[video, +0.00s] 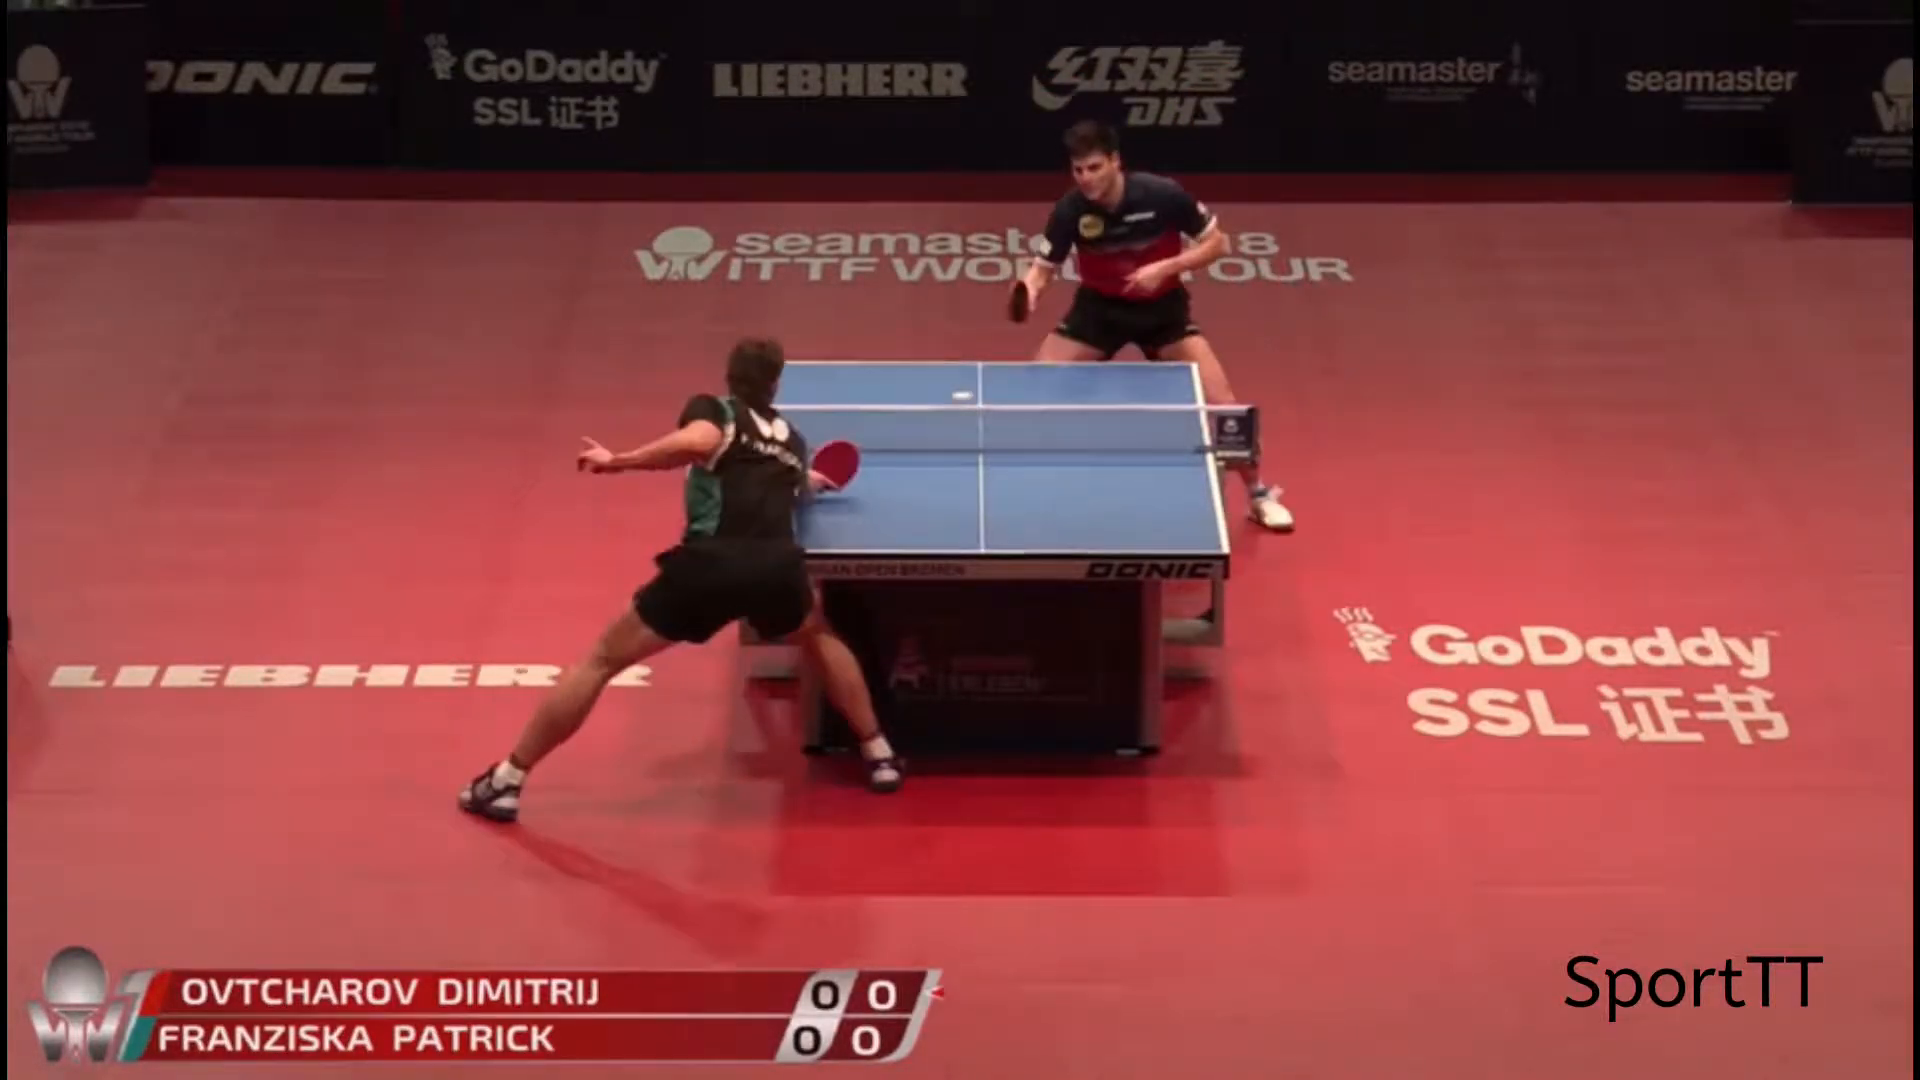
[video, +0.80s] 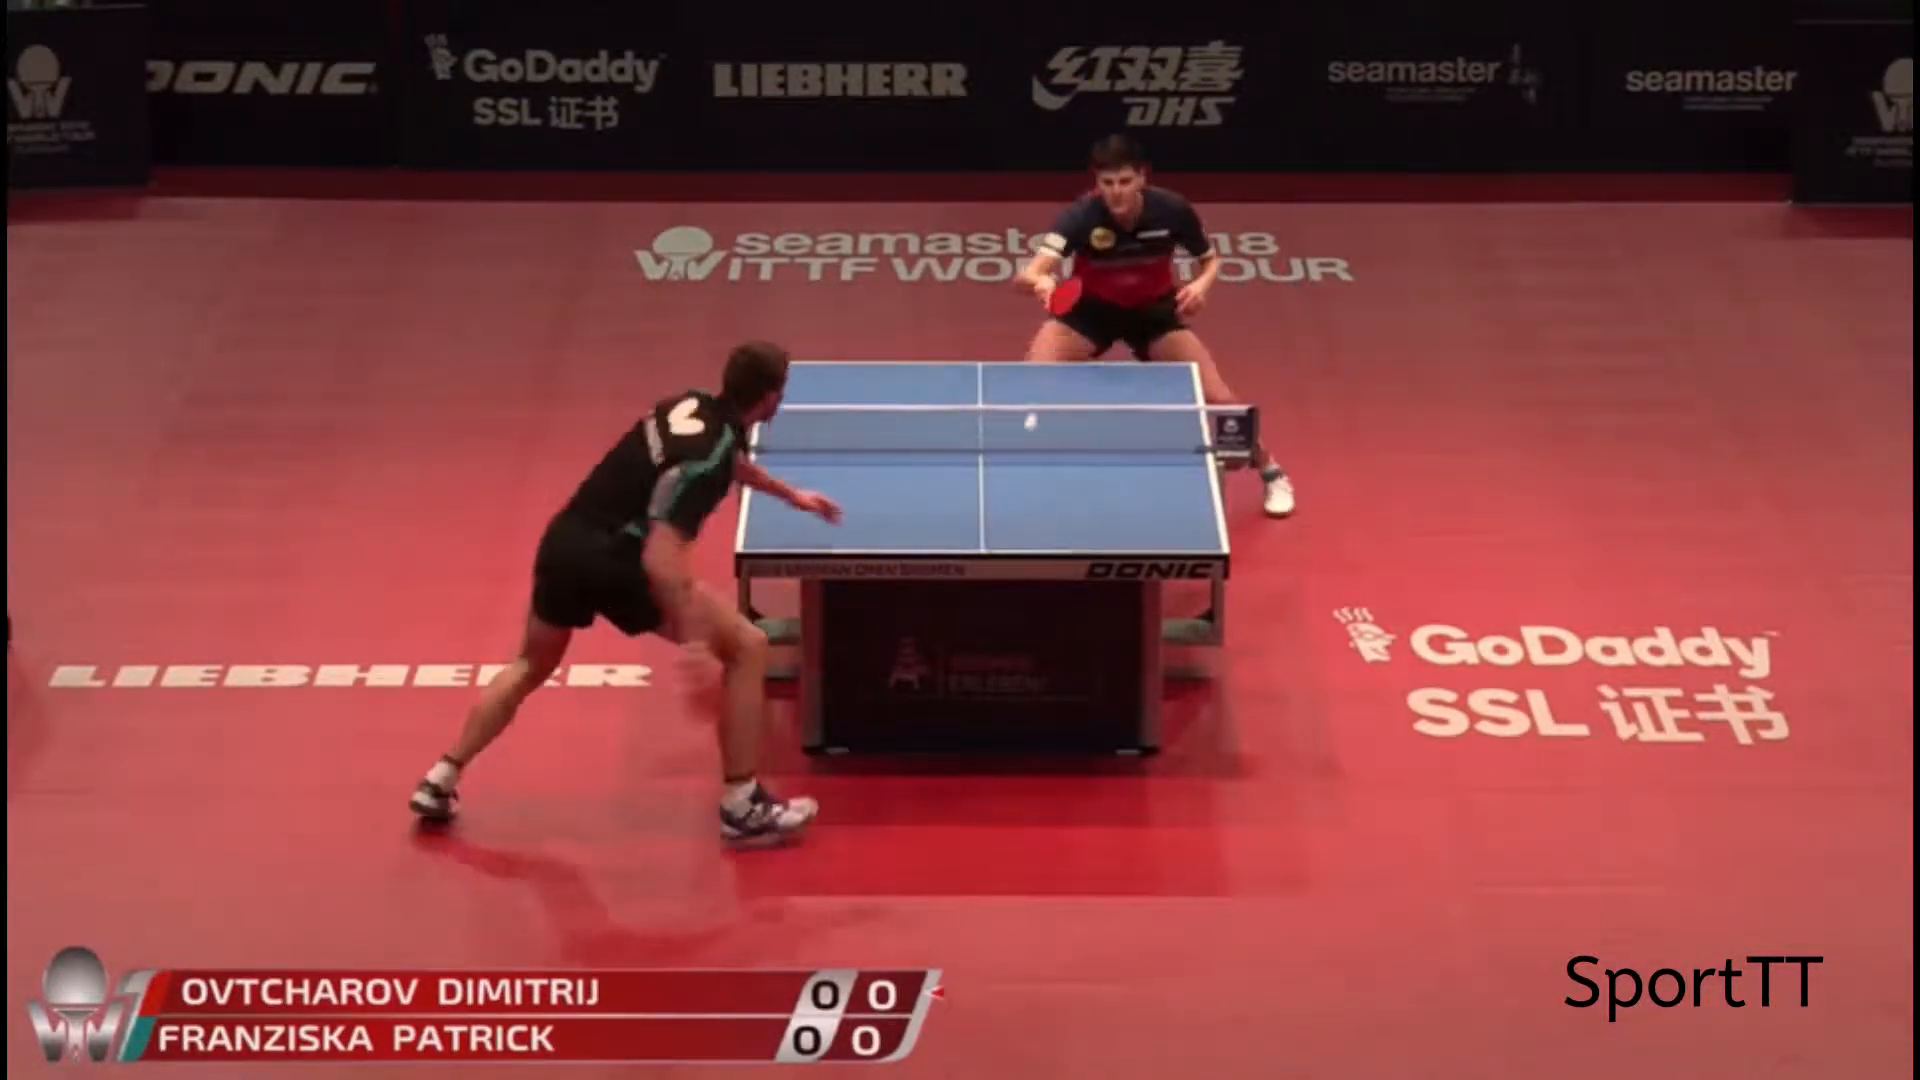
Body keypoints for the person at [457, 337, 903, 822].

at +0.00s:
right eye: (774, 379)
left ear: (729, 375)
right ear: (775, 385)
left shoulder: (712, 410)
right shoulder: (790, 435)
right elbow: (798, 483)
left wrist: (616, 459)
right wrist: (811, 479)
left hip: (707, 569)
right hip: (778, 570)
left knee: (602, 661)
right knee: (820, 639)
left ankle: (507, 780)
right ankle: (881, 755)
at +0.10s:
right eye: (778, 372)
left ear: (731, 369)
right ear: (778, 377)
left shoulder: (711, 407)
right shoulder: (797, 433)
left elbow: (679, 443)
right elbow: (812, 499)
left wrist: (608, 459)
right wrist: (810, 486)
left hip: (702, 563)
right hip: (776, 566)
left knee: (598, 657)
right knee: (820, 637)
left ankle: (508, 777)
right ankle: (881, 754)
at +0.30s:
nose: (783, 358)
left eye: (776, 349)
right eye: (784, 351)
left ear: (731, 349)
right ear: (780, 359)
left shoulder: (677, 389)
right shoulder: (787, 428)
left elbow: (610, 440)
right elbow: (826, 521)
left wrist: (601, 487)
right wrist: (849, 496)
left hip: (641, 540)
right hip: (716, 552)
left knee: (570, 655)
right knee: (807, 650)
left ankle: (504, 786)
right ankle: (846, 795)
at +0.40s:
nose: (786, 390)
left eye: (774, 378)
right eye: (785, 382)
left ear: (730, 378)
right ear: (778, 390)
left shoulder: (670, 428)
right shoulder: (780, 463)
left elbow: (603, 496)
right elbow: (820, 556)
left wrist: (624, 529)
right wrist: (865, 539)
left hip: (627, 579)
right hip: (697, 595)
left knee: (556, 672)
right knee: (802, 706)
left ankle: (478, 792)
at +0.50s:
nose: (782, 397)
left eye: (775, 385)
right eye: (782, 390)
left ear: (727, 384)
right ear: (772, 396)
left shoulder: (670, 431)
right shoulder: (773, 467)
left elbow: (599, 497)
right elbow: (813, 563)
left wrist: (620, 523)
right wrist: (864, 553)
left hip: (619, 585)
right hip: (692, 601)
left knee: (554, 680)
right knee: (801, 704)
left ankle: (470, 799)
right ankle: (777, 849)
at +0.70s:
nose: (773, 386)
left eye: (770, 375)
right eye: (773, 379)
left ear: (720, 367)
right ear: (763, 387)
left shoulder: (672, 393)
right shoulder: (730, 448)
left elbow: (676, 470)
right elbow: (718, 558)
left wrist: (739, 493)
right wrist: (777, 603)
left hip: (576, 548)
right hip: (641, 567)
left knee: (522, 663)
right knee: (752, 673)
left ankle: (455, 796)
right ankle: (751, 820)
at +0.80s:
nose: (779, 403)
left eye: (778, 393)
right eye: (780, 394)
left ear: (730, 381)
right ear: (767, 400)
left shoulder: (690, 405)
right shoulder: (715, 456)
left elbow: (732, 465)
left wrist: (792, 496)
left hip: (564, 543)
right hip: (619, 563)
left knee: (531, 665)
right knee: (747, 647)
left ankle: (442, 777)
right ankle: (743, 801)